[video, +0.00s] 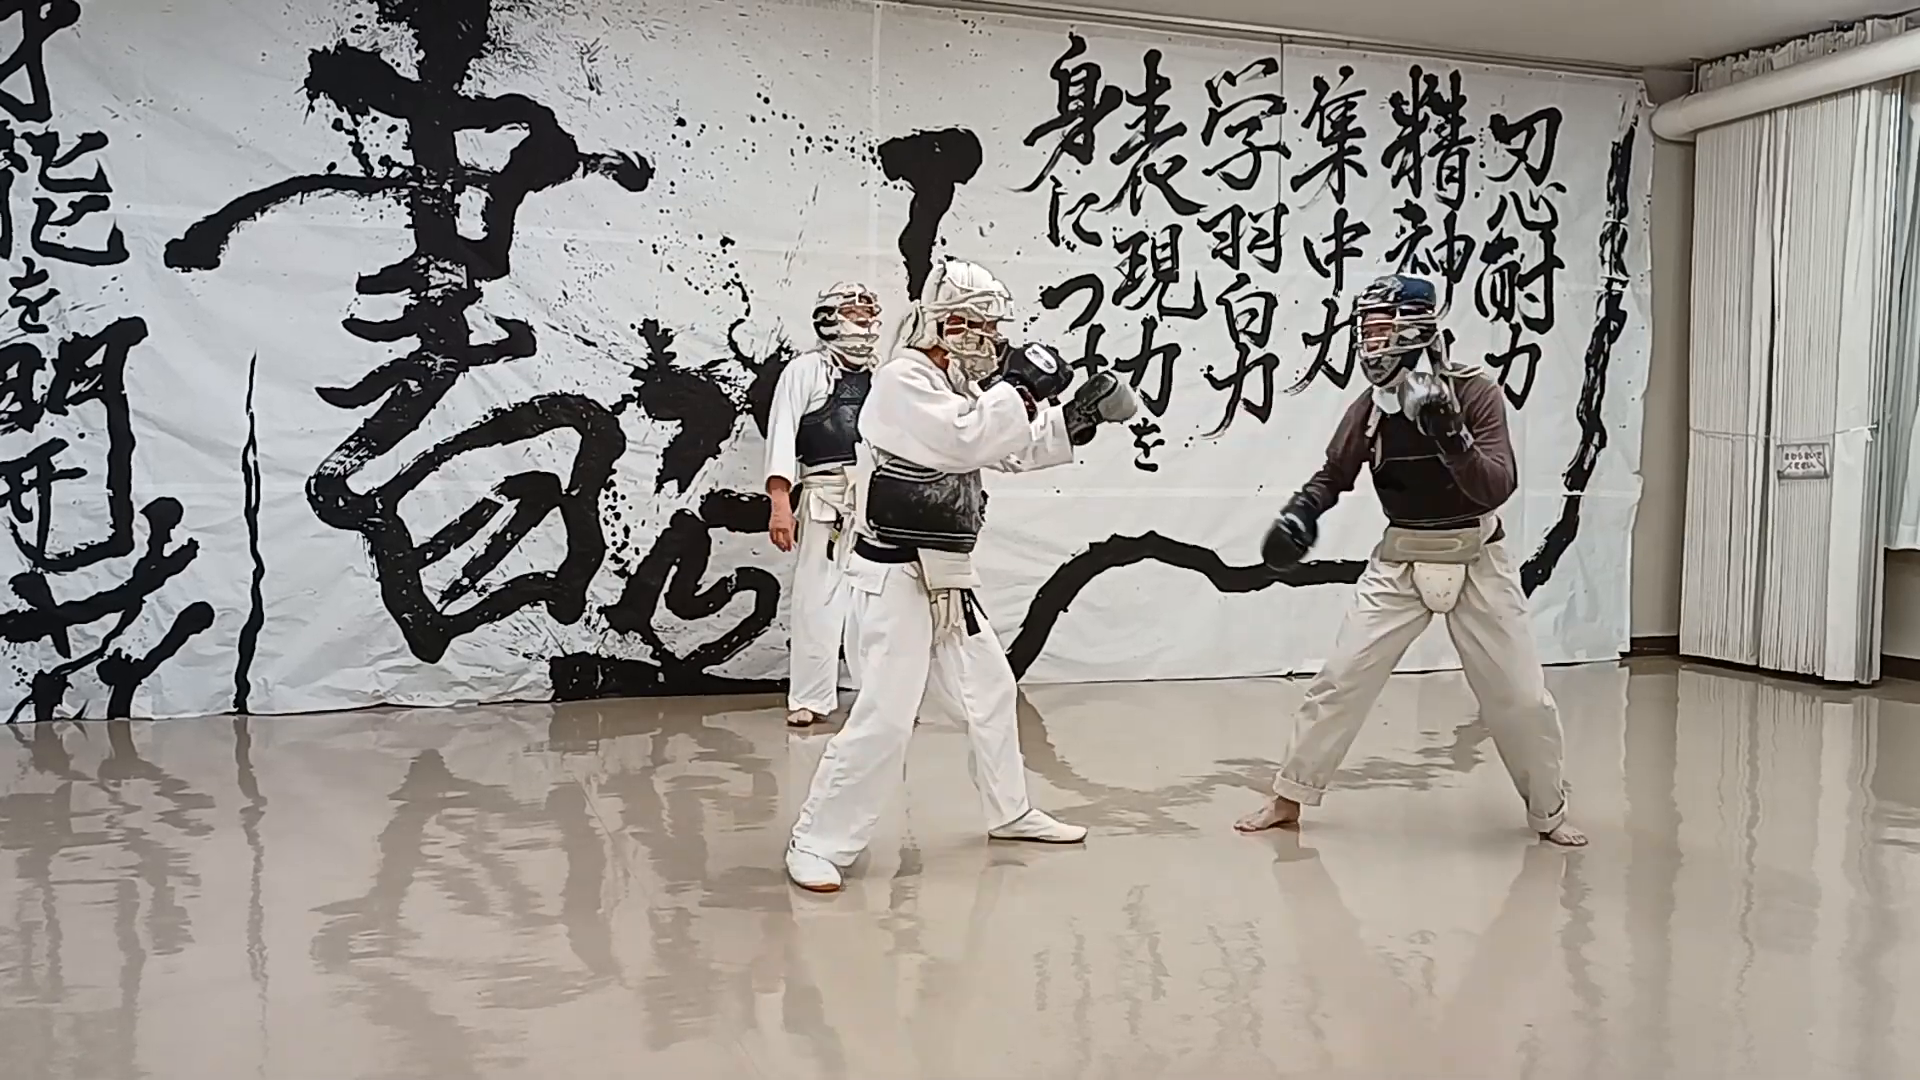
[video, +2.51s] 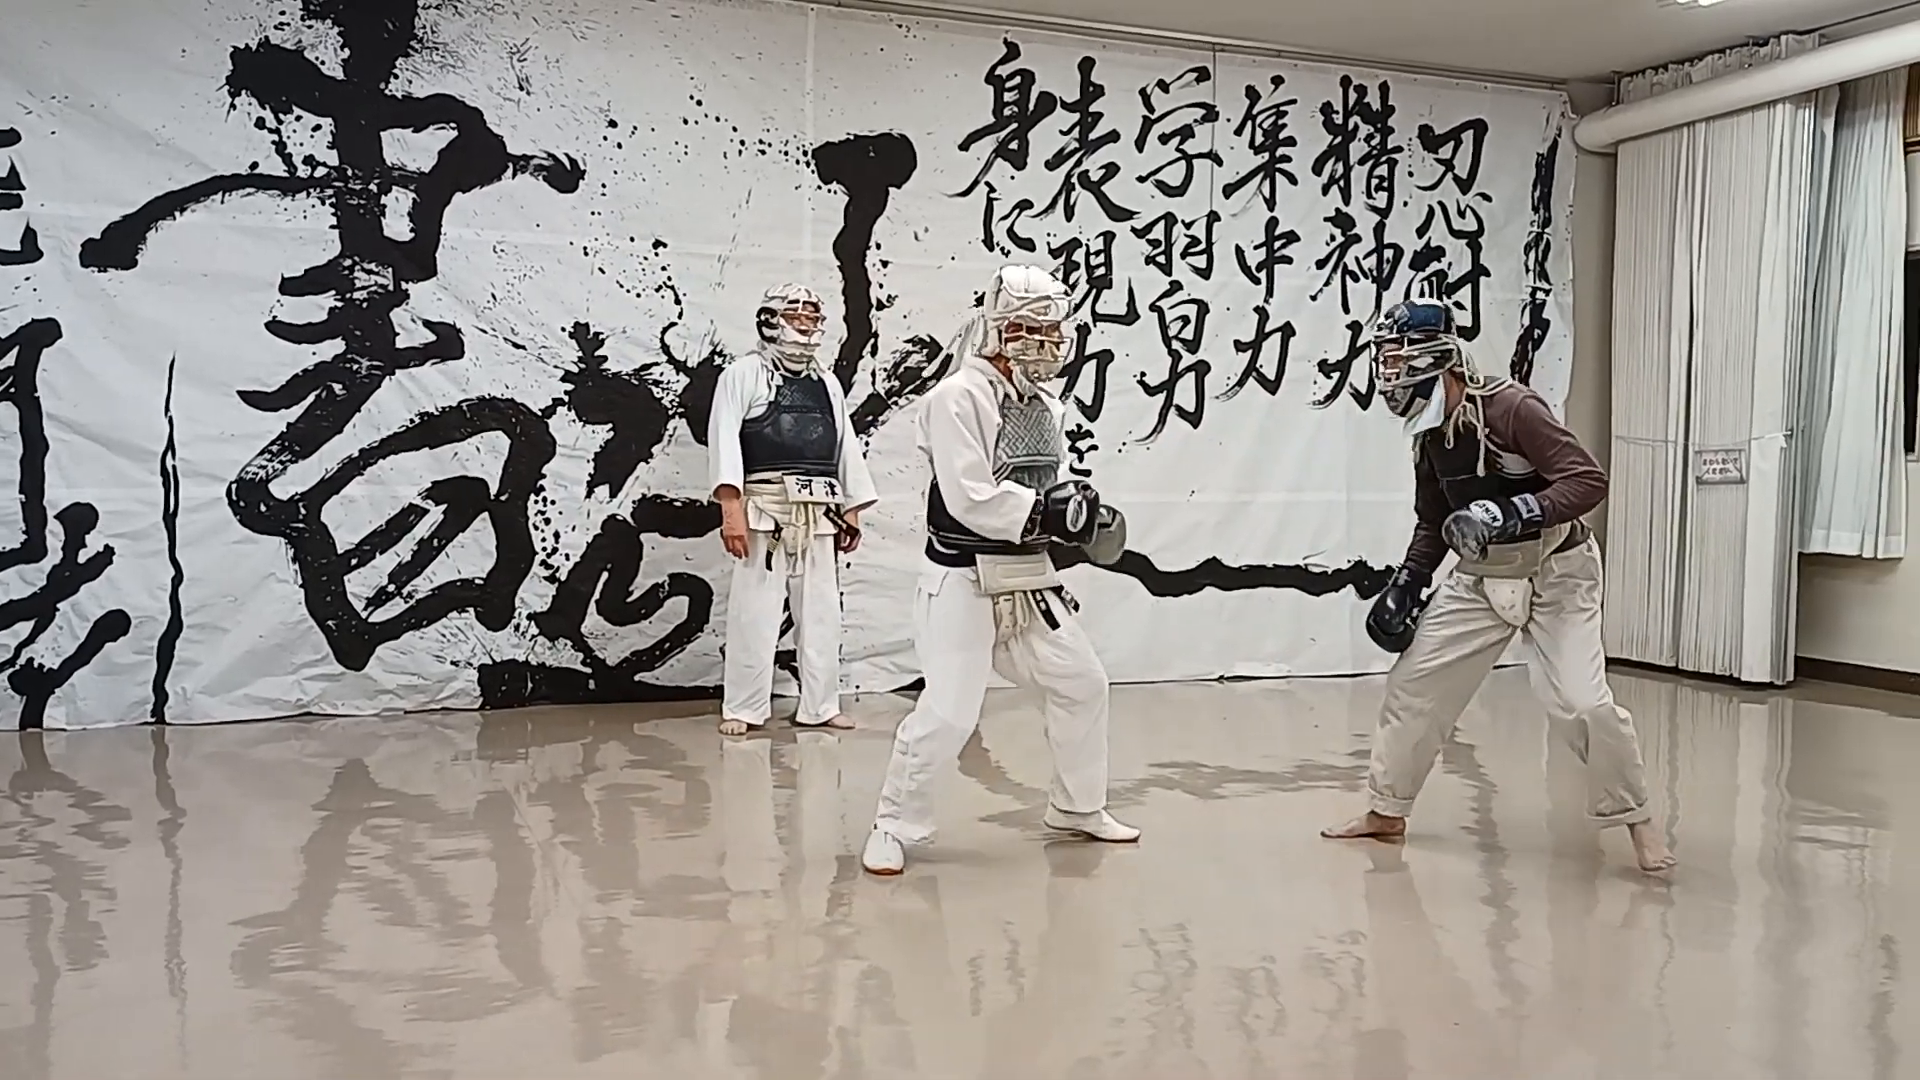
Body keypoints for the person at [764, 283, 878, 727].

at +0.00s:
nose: (865, 323)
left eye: (870, 315)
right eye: (854, 315)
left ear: (877, 321)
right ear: (829, 321)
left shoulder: (882, 373)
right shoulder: (805, 369)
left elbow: (900, 436)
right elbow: (781, 436)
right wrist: (779, 504)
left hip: (876, 497)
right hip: (821, 497)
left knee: (877, 599)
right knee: (815, 602)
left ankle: (878, 698)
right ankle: (808, 700)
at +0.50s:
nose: (855, 323)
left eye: (863, 316)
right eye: (845, 315)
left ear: (873, 324)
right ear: (825, 321)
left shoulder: (882, 375)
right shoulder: (804, 371)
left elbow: (898, 440)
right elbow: (786, 438)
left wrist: (903, 500)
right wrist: (797, 504)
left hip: (879, 501)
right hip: (824, 502)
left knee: (885, 602)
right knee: (819, 607)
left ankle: (886, 698)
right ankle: (811, 702)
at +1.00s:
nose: (863, 325)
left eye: (871, 318)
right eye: (854, 315)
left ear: (880, 326)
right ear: (832, 319)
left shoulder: (889, 378)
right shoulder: (809, 370)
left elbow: (910, 443)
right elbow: (790, 437)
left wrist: (917, 502)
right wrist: (799, 505)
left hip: (886, 505)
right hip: (827, 503)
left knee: (888, 608)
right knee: (821, 608)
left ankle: (886, 702)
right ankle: (814, 705)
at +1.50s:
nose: (868, 325)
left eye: (875, 319)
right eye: (858, 317)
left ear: (882, 326)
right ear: (836, 322)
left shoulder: (893, 381)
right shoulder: (810, 373)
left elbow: (912, 446)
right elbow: (789, 441)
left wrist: (920, 507)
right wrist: (794, 508)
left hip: (884, 509)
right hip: (825, 508)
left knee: (888, 612)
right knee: (820, 613)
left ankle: (886, 706)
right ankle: (811, 709)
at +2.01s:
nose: (855, 326)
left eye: (863, 320)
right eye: (846, 317)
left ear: (871, 326)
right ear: (823, 320)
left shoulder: (878, 380)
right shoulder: (794, 371)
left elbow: (896, 446)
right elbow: (774, 439)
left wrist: (903, 508)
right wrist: (780, 505)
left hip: (868, 509)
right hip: (809, 507)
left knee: (869, 612)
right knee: (802, 612)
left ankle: (866, 706)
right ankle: (792, 709)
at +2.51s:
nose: (806, 325)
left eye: (813, 318)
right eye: (796, 316)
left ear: (819, 326)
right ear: (772, 320)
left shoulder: (827, 381)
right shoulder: (743, 373)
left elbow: (846, 447)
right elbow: (724, 443)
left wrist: (853, 509)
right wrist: (731, 510)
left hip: (819, 510)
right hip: (760, 509)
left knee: (821, 614)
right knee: (753, 614)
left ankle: (819, 707)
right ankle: (743, 711)